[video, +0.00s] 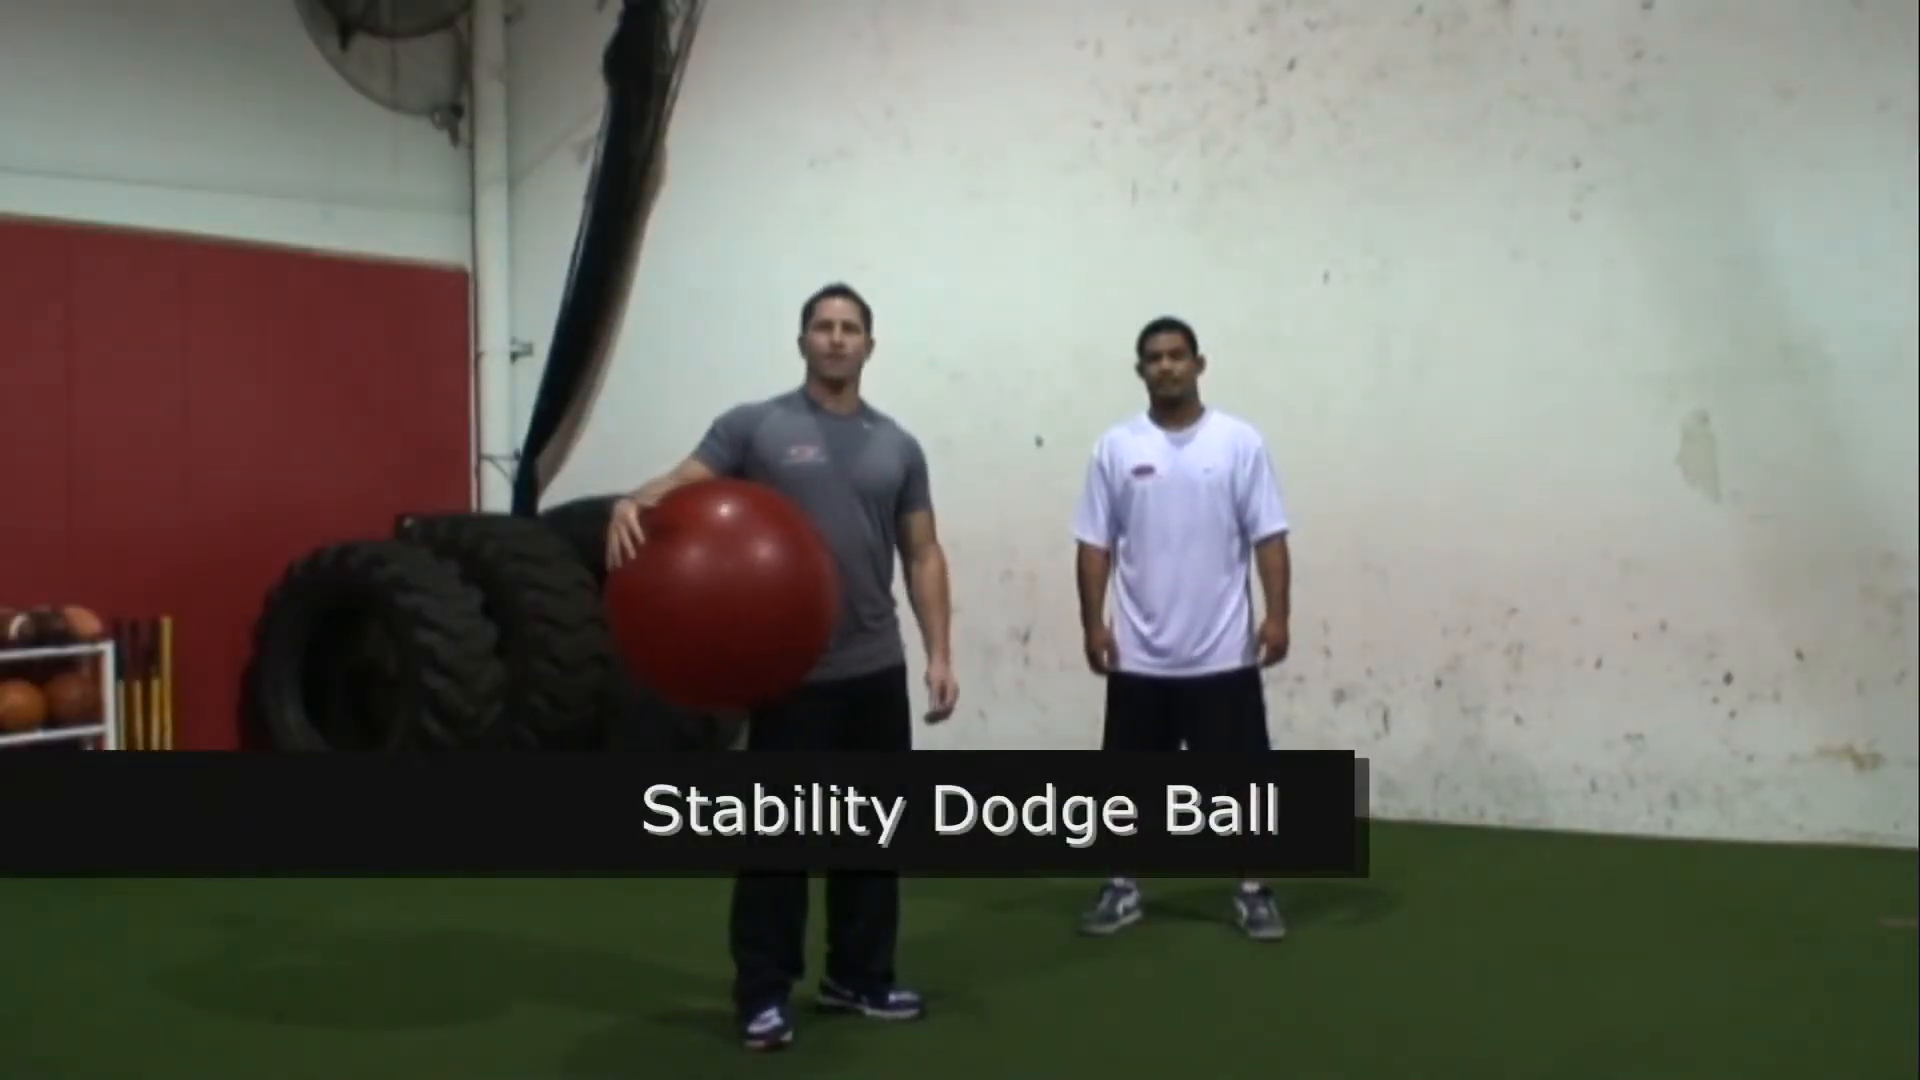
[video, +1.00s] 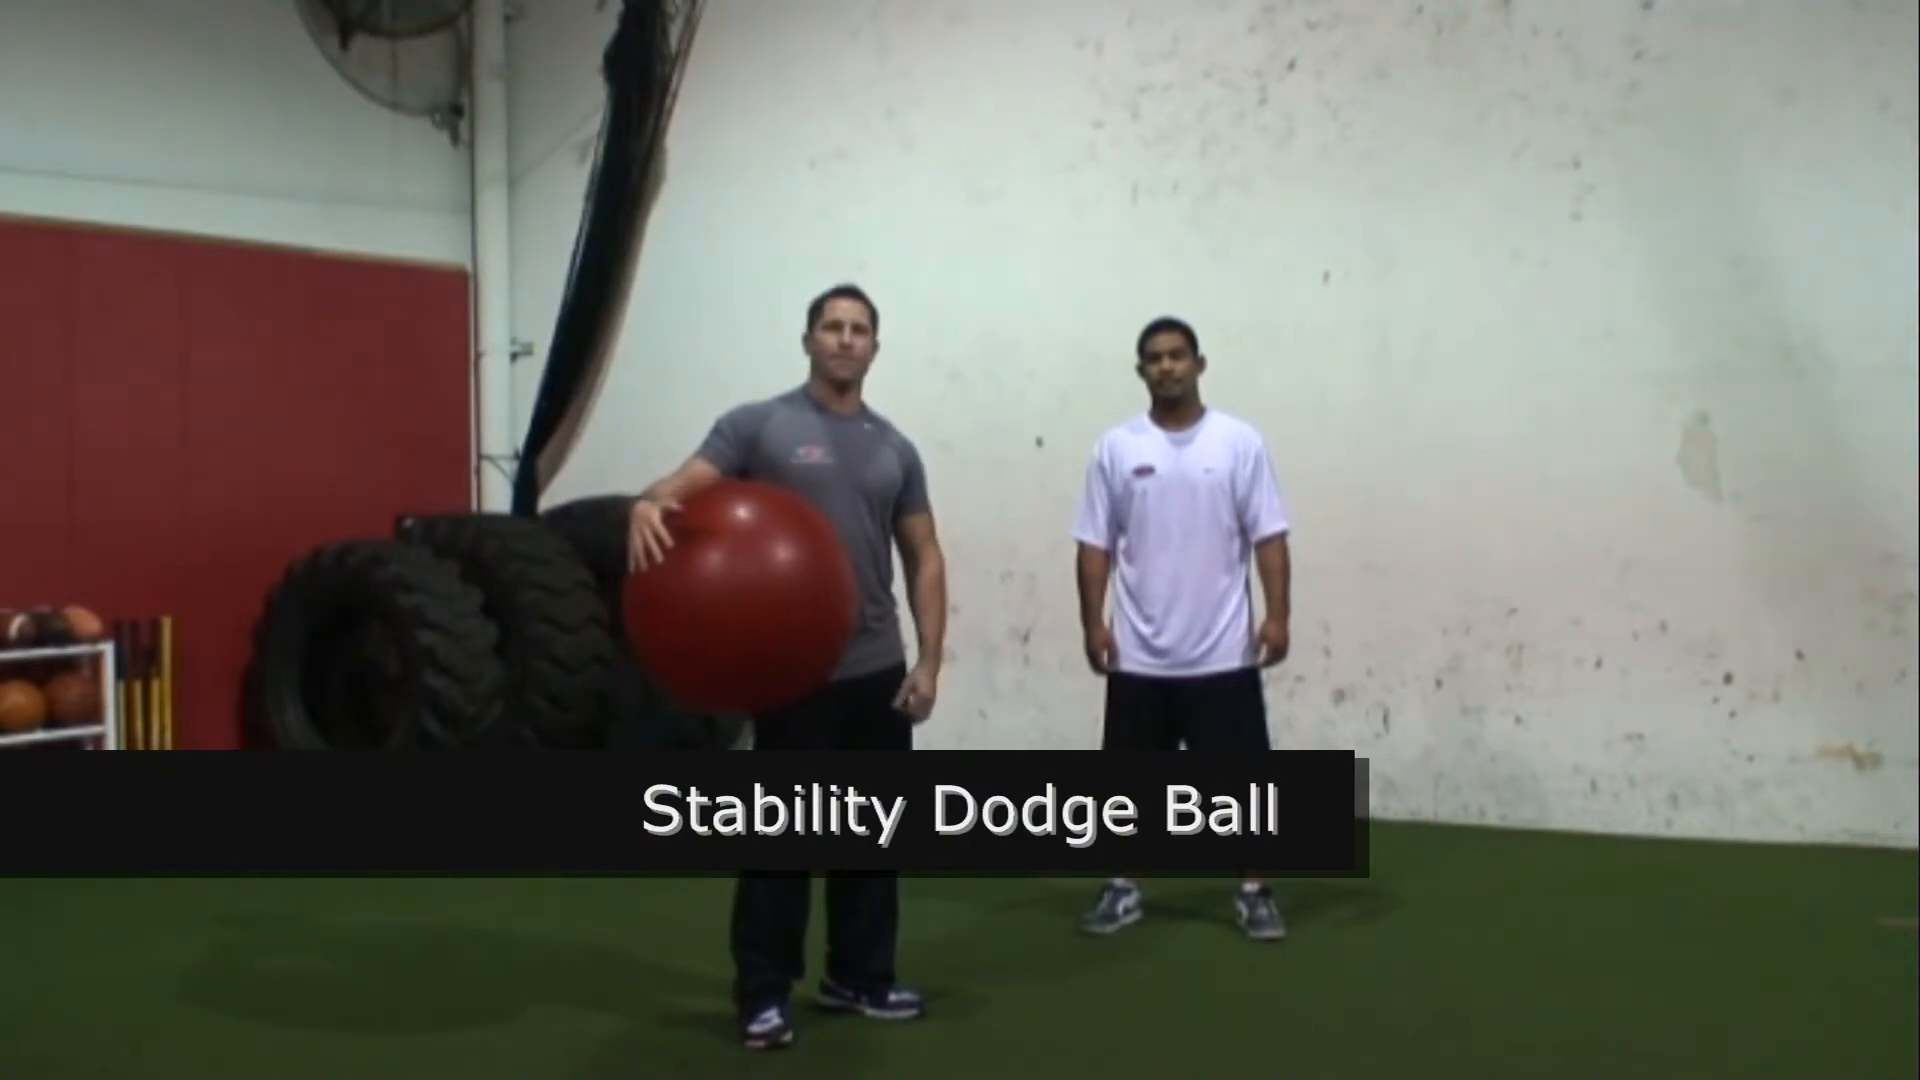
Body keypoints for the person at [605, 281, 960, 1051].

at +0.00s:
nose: (837, 338)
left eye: (850, 328)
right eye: (824, 327)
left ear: (869, 344)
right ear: (802, 341)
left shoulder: (897, 446)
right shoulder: (754, 426)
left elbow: (923, 552)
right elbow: (681, 484)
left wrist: (939, 651)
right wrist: (630, 504)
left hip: (874, 668)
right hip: (784, 673)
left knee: (873, 831)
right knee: (777, 834)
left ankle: (859, 976)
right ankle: (766, 994)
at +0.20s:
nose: (837, 336)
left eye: (850, 326)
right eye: (824, 325)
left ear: (870, 345)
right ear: (802, 341)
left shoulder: (899, 447)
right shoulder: (753, 427)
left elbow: (925, 554)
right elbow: (680, 486)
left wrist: (931, 656)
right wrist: (628, 504)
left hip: (874, 669)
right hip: (785, 674)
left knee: (873, 832)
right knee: (777, 835)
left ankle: (860, 976)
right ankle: (766, 994)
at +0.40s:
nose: (838, 337)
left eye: (851, 327)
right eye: (825, 326)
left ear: (871, 345)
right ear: (804, 341)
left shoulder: (900, 447)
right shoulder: (754, 426)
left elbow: (923, 556)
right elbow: (680, 485)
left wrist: (933, 662)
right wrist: (629, 504)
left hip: (874, 668)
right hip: (785, 673)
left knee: (873, 832)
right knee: (777, 835)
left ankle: (860, 976)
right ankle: (765, 994)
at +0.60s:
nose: (841, 337)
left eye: (854, 328)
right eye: (828, 326)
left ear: (873, 345)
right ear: (805, 341)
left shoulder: (898, 447)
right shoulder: (754, 426)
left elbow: (924, 556)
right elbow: (682, 484)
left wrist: (939, 660)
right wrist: (632, 504)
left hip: (874, 669)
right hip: (784, 674)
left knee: (873, 832)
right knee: (777, 836)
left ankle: (860, 976)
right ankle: (765, 994)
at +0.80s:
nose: (843, 338)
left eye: (856, 329)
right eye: (831, 327)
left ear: (874, 346)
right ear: (807, 341)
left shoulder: (898, 447)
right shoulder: (755, 426)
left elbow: (924, 554)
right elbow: (684, 483)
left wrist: (935, 660)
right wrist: (638, 503)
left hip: (873, 668)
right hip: (785, 673)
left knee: (873, 831)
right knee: (777, 835)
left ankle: (860, 975)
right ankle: (766, 994)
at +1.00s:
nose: (847, 339)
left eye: (859, 329)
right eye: (833, 327)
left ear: (875, 347)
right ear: (808, 341)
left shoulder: (894, 450)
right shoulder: (757, 425)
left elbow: (924, 556)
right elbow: (686, 484)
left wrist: (931, 659)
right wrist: (646, 504)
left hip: (875, 669)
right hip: (788, 671)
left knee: (873, 832)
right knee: (781, 834)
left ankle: (859, 976)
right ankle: (765, 994)